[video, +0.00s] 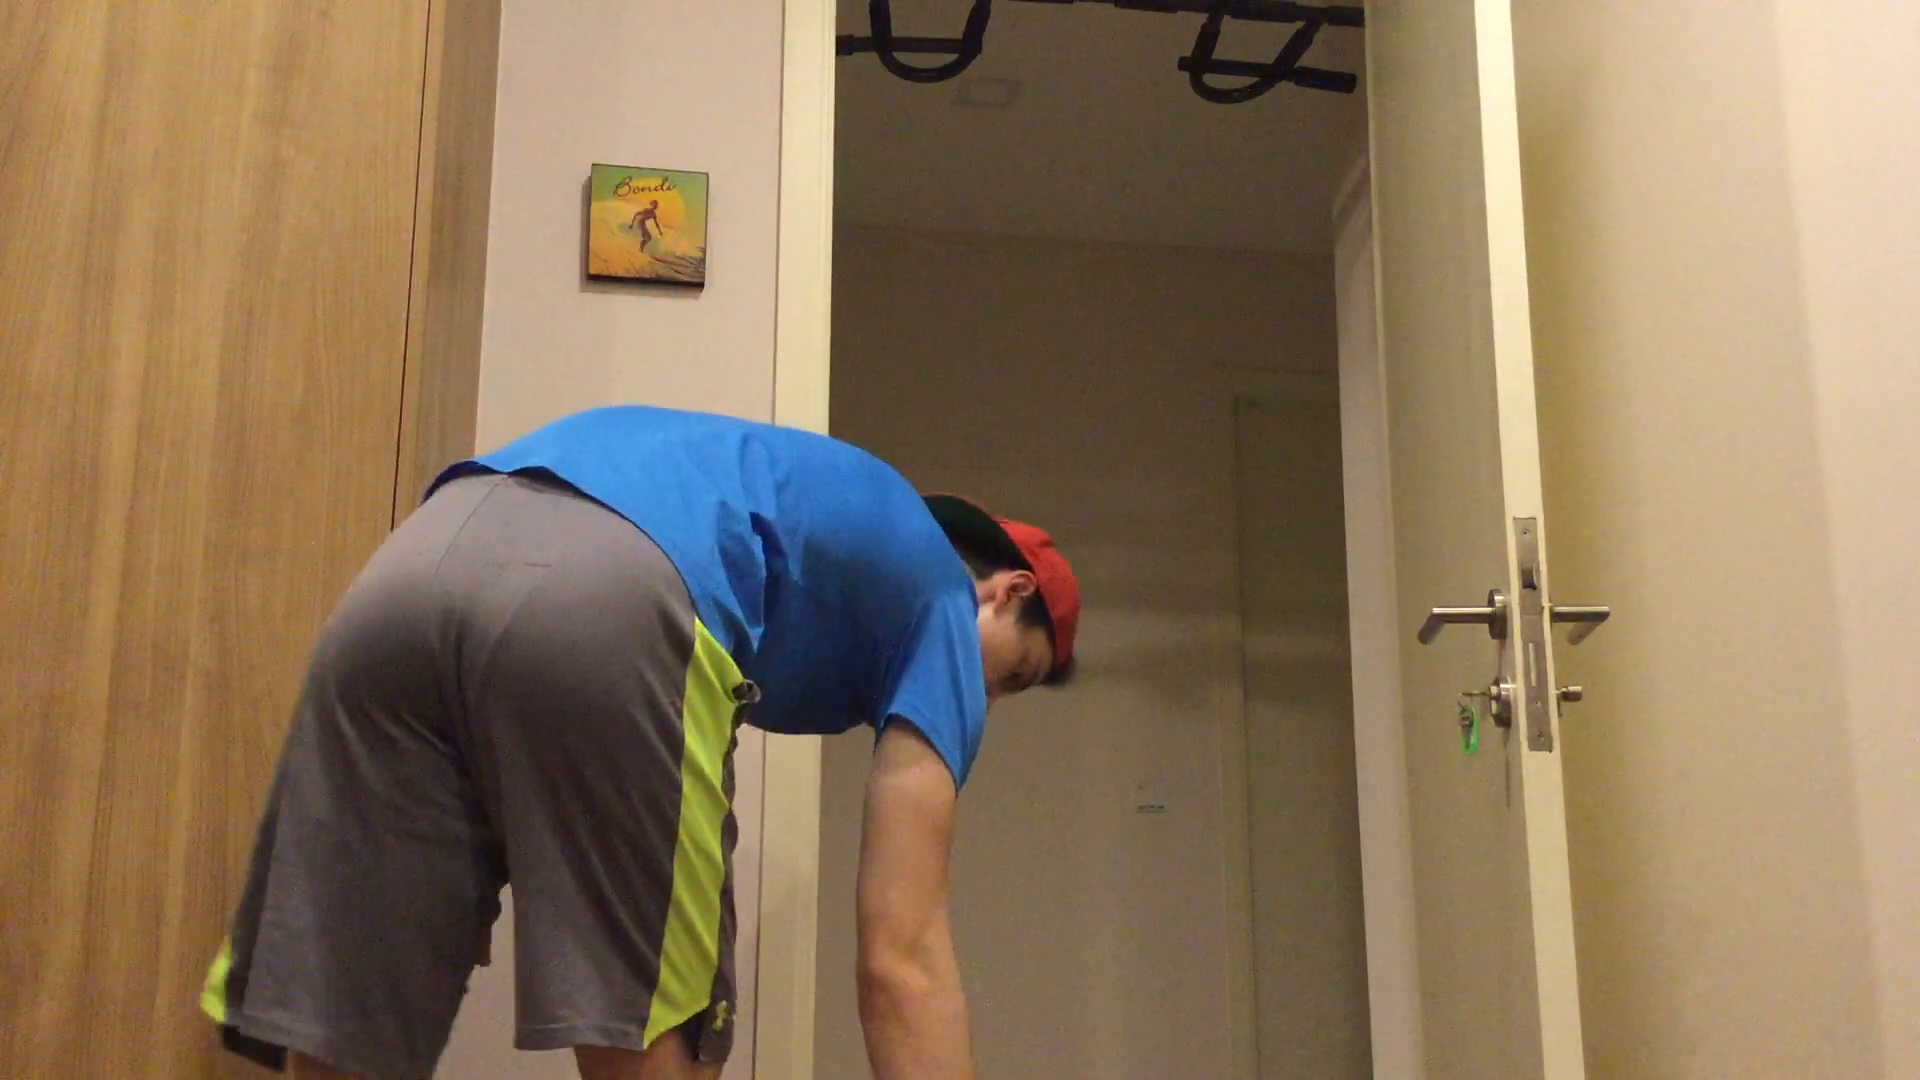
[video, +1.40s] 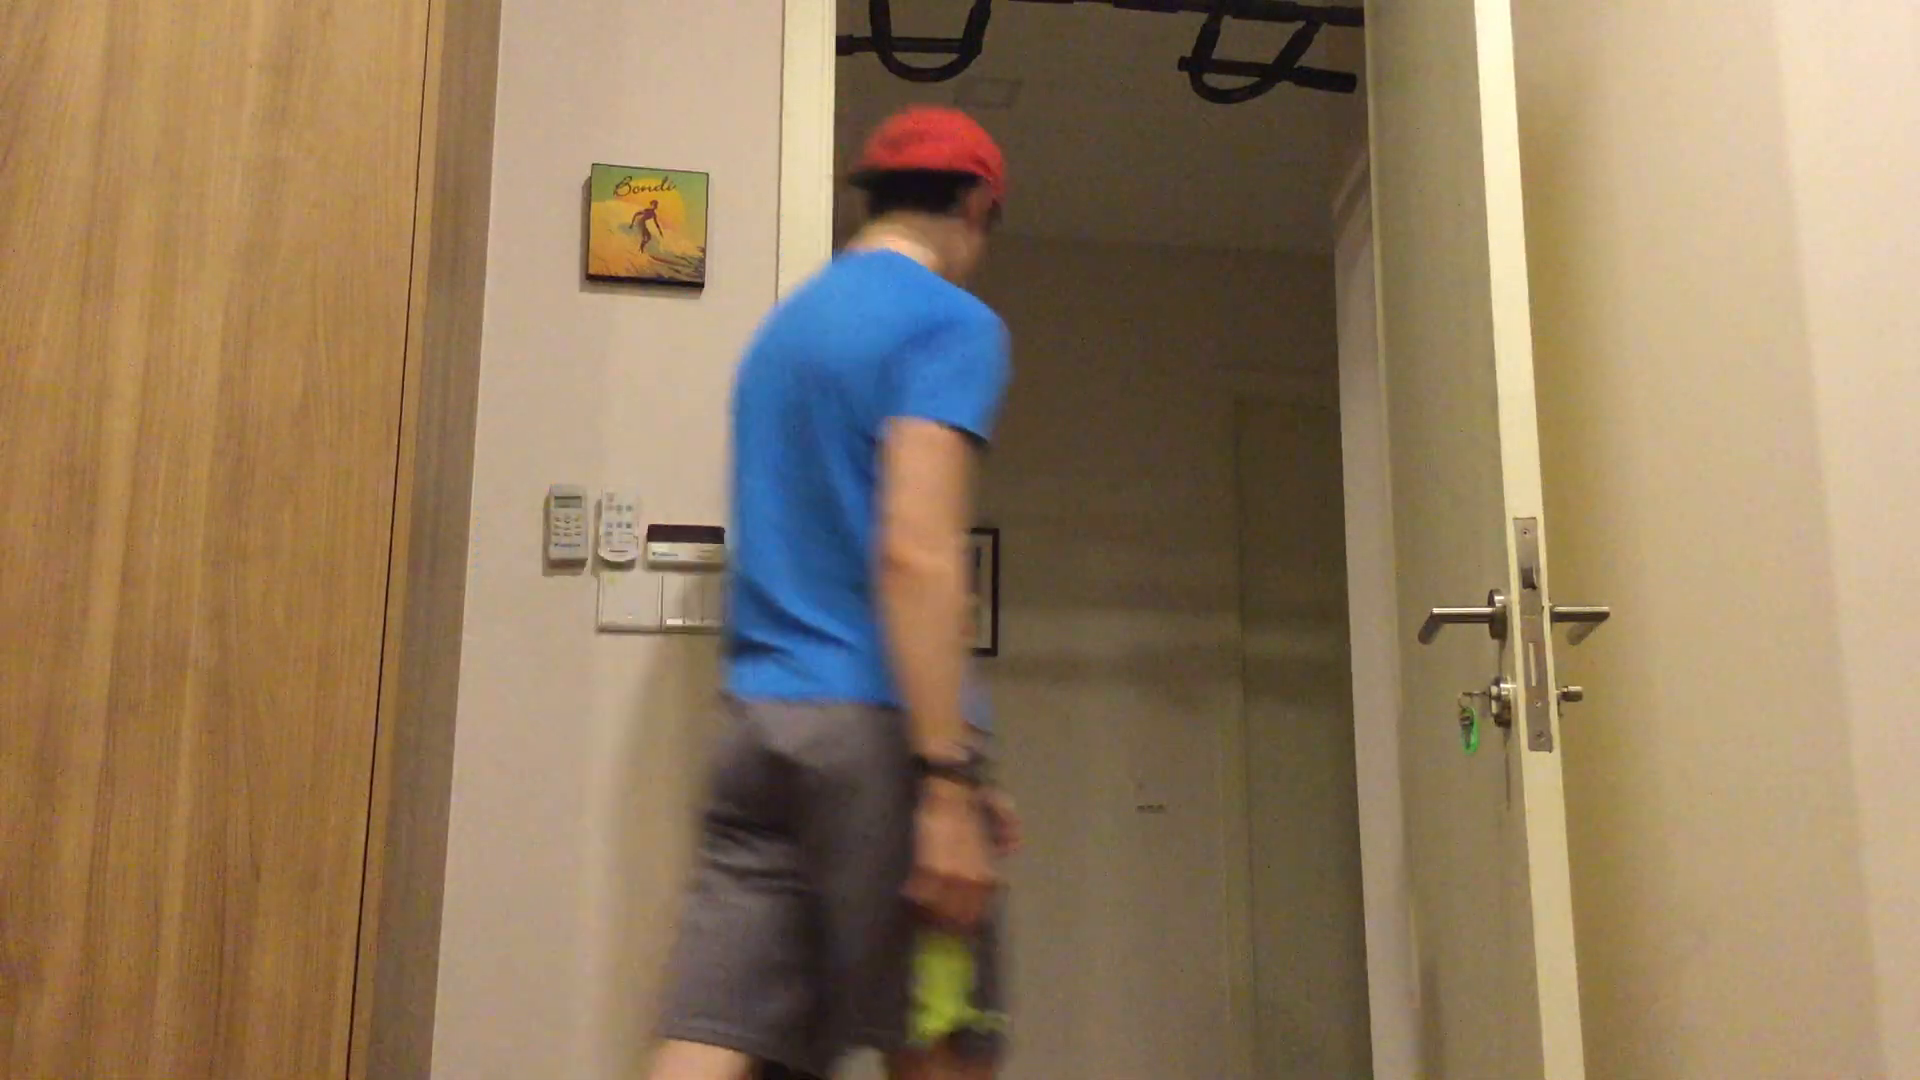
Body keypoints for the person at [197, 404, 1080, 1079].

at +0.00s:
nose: (1004, 685)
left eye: (1027, 679)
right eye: (1026, 660)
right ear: (1003, 587)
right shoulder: (945, 617)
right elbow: (901, 968)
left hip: (428, 540)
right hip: (613, 592)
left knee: (323, 1037)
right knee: (640, 1044)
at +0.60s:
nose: (1006, 597)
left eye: (1025, 580)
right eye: (1021, 566)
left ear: (926, 471)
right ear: (998, 514)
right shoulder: (940, 549)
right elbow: (952, 853)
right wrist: (1036, 1067)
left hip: (443, 599)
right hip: (598, 621)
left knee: (497, 1044)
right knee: (631, 1046)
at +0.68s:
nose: (1006, 538)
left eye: (1022, 518)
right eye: (1022, 509)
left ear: (922, 421)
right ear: (1000, 464)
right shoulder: (935, 497)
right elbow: (932, 776)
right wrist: (1000, 1024)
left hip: (454, 605)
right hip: (602, 623)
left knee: (451, 1039)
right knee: (636, 1044)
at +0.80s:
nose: (989, 425)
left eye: (1001, 404)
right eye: (1001, 397)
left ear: (891, 332)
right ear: (982, 360)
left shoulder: (763, 388)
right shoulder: (921, 417)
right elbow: (878, 653)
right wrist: (901, 910)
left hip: (483, 621)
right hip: (627, 629)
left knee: (510, 1046)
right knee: (684, 1042)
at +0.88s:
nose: (976, 348)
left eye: (986, 324)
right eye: (985, 319)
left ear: (872, 276)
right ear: (966, 292)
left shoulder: (751, 344)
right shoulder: (909, 364)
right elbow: (841, 586)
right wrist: (834, 827)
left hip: (507, 633)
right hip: (645, 629)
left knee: (558, 1045)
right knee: (722, 1033)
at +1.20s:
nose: (941, 221)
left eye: (947, 192)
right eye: (947, 189)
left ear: (826, 164)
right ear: (918, 163)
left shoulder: (740, 277)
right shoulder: (864, 264)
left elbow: (699, 499)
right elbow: (798, 486)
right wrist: (814, 728)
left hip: (644, 679)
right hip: (759, 678)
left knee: (636, 1039)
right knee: (886, 1039)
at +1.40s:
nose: (986, 248)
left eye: (988, 225)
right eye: (988, 223)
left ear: (869, 203)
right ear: (972, 211)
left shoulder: (788, 323)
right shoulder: (946, 321)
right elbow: (917, 557)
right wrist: (946, 779)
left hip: (761, 721)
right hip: (870, 731)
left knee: (710, 1042)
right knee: (939, 1051)